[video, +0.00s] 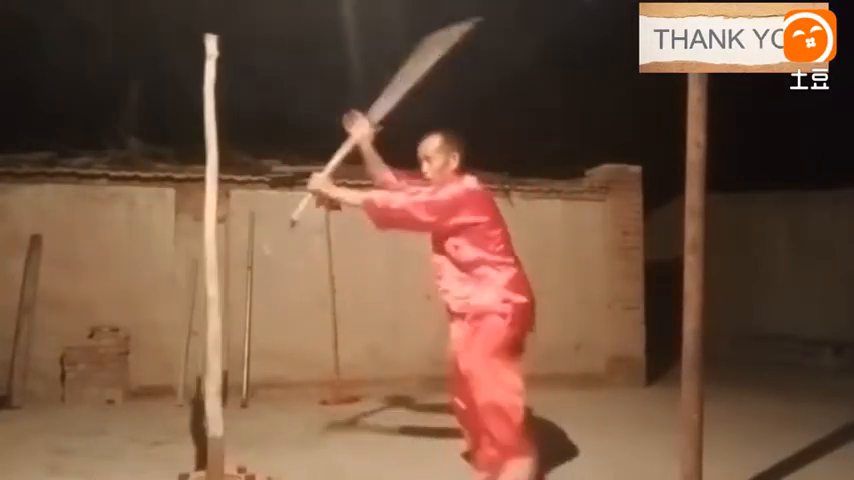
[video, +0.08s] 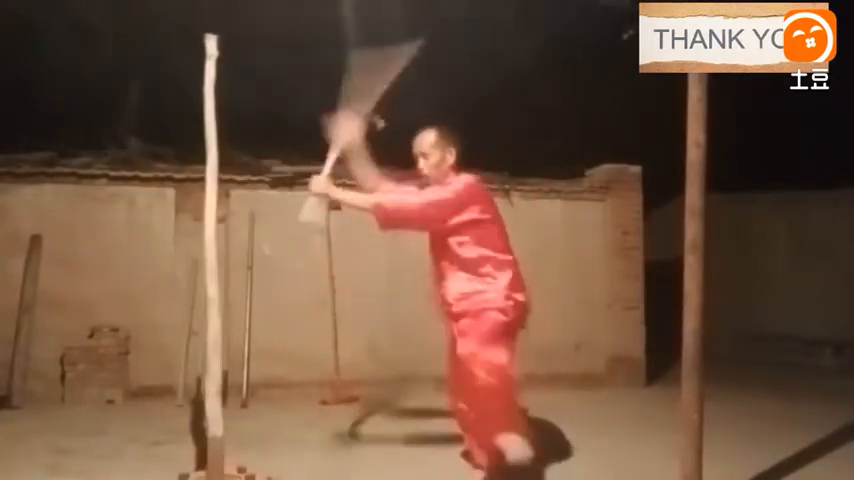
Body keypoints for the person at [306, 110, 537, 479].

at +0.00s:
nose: (423, 166)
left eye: (429, 158)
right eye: (422, 159)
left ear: (453, 160)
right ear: (449, 162)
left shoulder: (468, 194)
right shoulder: (445, 192)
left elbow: (404, 204)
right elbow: (392, 184)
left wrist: (336, 192)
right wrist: (366, 145)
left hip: (499, 304)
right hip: (470, 306)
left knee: (483, 367)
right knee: (466, 377)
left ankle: (517, 457)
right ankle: (487, 457)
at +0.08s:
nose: (419, 164)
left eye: (425, 155)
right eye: (417, 157)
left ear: (449, 156)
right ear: (424, 162)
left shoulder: (466, 189)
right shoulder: (440, 190)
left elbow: (402, 206)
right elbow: (379, 188)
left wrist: (334, 192)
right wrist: (353, 148)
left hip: (492, 305)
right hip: (466, 308)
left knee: (486, 383)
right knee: (463, 390)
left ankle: (519, 461)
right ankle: (488, 461)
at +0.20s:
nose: (418, 158)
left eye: (425, 150)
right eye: (414, 151)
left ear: (448, 148)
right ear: (411, 153)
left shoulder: (467, 186)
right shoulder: (413, 190)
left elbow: (452, 230)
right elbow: (373, 200)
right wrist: (334, 200)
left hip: (481, 293)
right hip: (439, 293)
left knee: (461, 363)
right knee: (443, 365)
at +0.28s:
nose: (412, 164)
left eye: (419, 155)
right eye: (408, 157)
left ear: (444, 153)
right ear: (406, 159)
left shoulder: (466, 191)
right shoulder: (412, 196)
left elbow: (476, 249)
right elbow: (379, 210)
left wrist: (439, 267)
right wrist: (343, 206)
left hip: (462, 296)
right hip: (424, 295)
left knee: (445, 372)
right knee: (426, 371)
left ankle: (426, 458)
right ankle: (427, 439)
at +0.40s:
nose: (399, 188)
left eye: (404, 178)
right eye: (393, 181)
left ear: (427, 172)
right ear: (390, 183)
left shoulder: (457, 205)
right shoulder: (398, 221)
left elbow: (483, 253)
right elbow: (392, 281)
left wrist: (455, 294)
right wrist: (377, 336)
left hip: (460, 298)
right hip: (420, 300)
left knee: (450, 374)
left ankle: (429, 457)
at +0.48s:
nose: (395, 196)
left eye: (400, 186)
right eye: (389, 189)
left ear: (423, 180)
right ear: (385, 189)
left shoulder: (451, 209)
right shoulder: (391, 229)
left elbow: (479, 261)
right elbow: (382, 291)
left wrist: (458, 304)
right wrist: (371, 357)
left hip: (438, 317)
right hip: (395, 312)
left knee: (446, 382)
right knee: (344, 325)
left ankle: (436, 466)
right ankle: (347, 382)